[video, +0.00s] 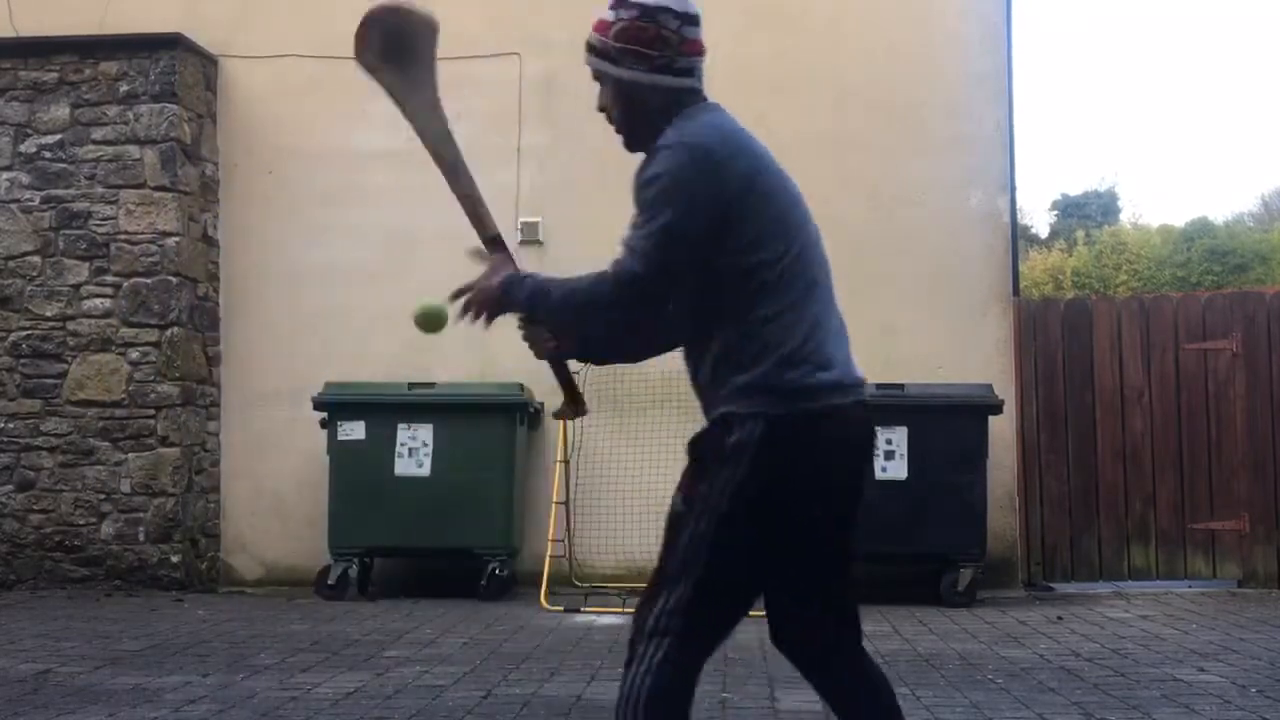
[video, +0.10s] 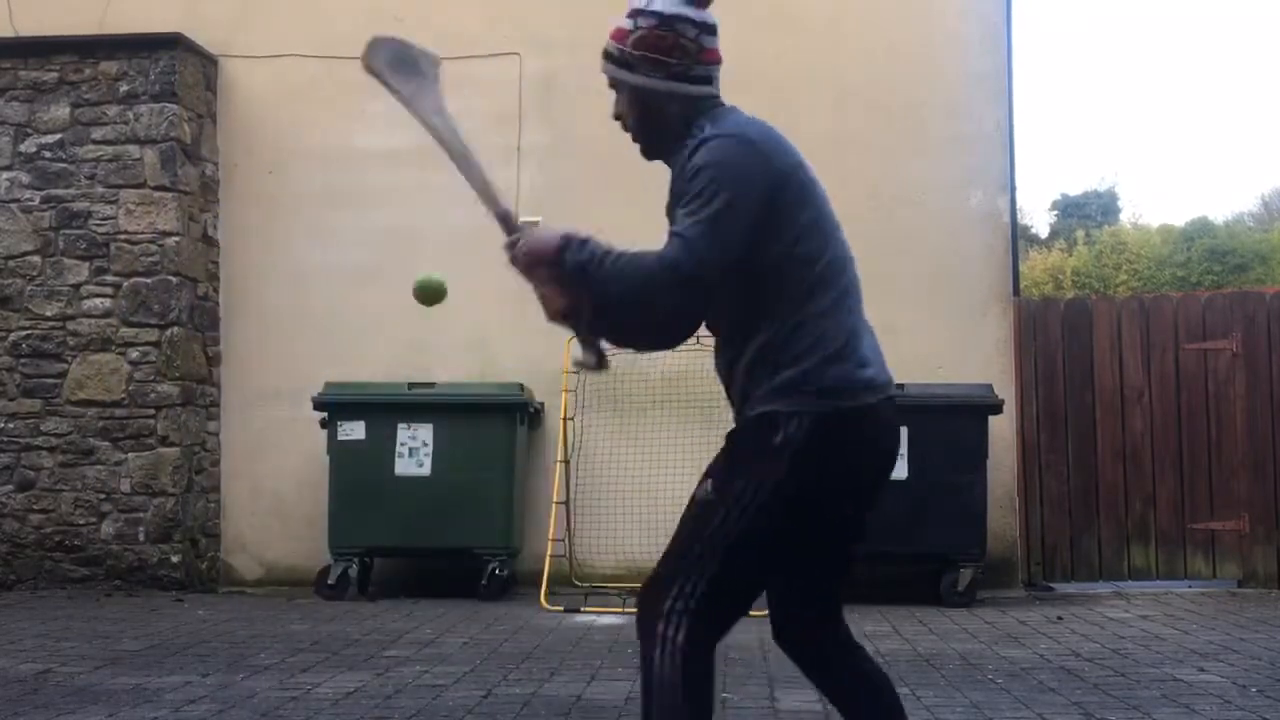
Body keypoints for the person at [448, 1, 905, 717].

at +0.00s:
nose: (600, 104)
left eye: (603, 83)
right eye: (598, 84)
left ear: (639, 81)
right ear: (670, 77)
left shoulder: (685, 155)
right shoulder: (723, 146)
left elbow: (639, 294)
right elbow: (669, 316)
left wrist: (519, 287)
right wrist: (572, 333)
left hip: (768, 428)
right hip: (830, 421)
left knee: (668, 639)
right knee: (817, 635)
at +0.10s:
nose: (615, 112)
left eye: (619, 90)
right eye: (613, 92)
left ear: (661, 86)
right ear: (683, 82)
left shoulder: (727, 153)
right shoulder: (730, 155)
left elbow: (678, 284)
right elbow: (667, 320)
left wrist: (571, 252)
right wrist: (585, 304)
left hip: (801, 421)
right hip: (850, 418)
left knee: (673, 613)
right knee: (806, 622)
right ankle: (887, 718)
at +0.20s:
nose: (630, 121)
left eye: (632, 99)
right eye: (625, 103)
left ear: (668, 89)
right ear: (697, 81)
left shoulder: (751, 137)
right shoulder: (732, 155)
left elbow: (701, 248)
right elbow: (661, 288)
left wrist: (598, 185)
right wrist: (585, 243)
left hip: (825, 414)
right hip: (869, 411)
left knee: (707, 606)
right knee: (829, 614)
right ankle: (908, 716)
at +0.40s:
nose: (632, 150)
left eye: (632, 131)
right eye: (626, 131)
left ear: (654, 121)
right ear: (698, 100)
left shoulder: (697, 198)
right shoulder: (766, 143)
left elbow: (709, 360)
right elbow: (736, 289)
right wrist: (627, 310)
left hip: (870, 417)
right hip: (931, 391)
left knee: (846, 649)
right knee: (881, 627)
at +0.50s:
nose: (632, 149)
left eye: (627, 133)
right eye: (625, 133)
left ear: (639, 130)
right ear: (702, 93)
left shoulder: (675, 210)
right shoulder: (791, 134)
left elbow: (678, 357)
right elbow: (761, 306)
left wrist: (678, 433)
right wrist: (706, 405)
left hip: (843, 429)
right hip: (930, 402)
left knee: (839, 661)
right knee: (852, 635)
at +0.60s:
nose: (625, 121)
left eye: (622, 105)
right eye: (625, 99)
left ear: (626, 107)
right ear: (699, 80)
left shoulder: (657, 201)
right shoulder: (791, 129)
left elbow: (672, 339)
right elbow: (800, 277)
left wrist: (688, 418)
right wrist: (721, 384)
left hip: (815, 428)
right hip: (910, 401)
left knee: (835, 647)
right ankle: (821, 705)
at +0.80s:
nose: (607, 82)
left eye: (606, 72)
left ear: (611, 79)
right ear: (689, 65)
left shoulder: (611, 187)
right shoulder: (774, 134)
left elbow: (645, 324)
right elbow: (814, 261)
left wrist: (713, 379)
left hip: (726, 429)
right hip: (831, 411)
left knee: (705, 640)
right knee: (783, 620)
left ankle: (786, 711)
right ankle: (792, 717)